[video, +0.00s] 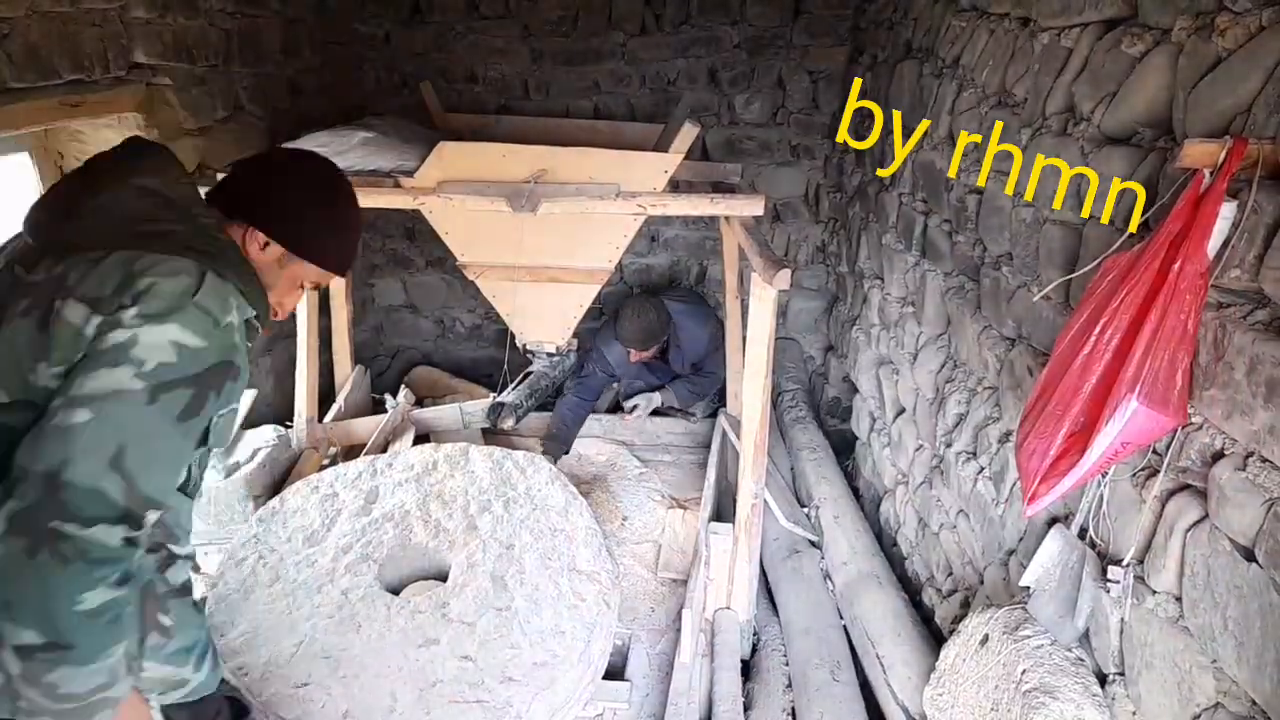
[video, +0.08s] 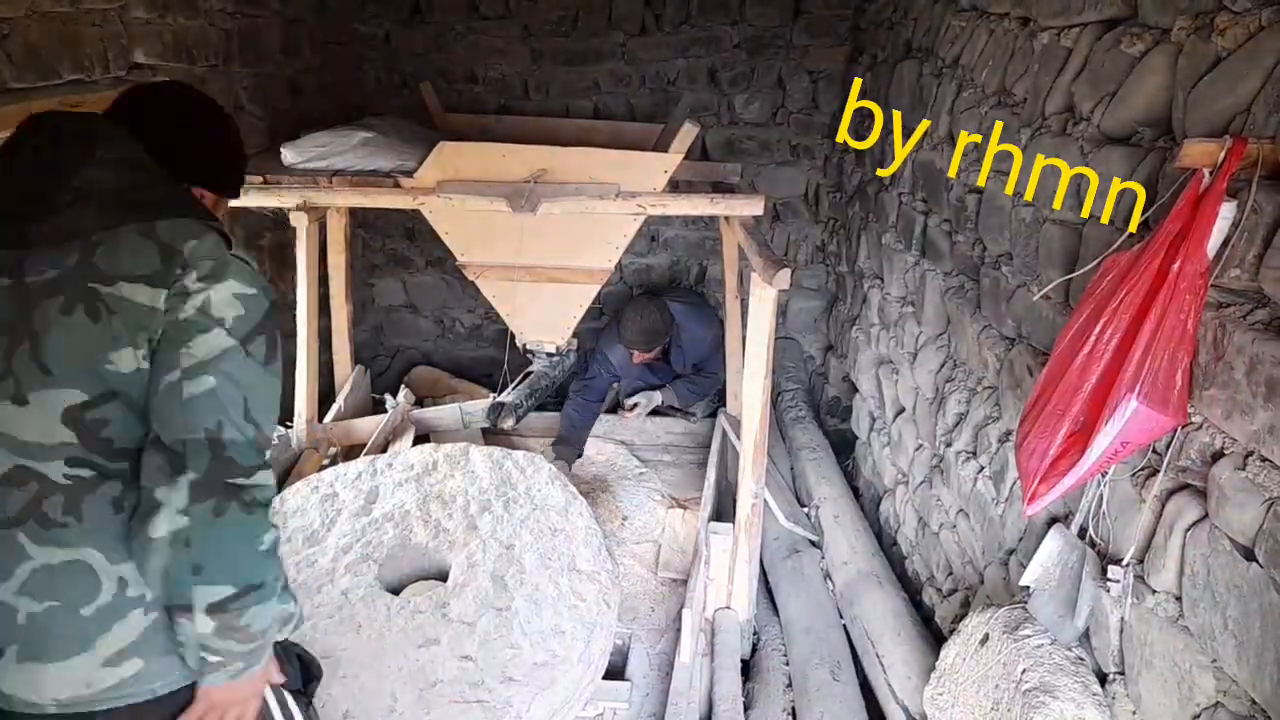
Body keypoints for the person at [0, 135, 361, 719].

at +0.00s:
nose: (289, 309)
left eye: (307, 291)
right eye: (299, 284)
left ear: (254, 237)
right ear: (257, 241)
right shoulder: (193, 303)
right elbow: (67, 521)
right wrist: (96, 698)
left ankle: (199, 697)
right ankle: (203, 701)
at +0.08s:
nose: (224, 224)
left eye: (225, 213)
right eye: (225, 209)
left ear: (109, 153)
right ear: (203, 197)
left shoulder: (25, 227)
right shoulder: (199, 266)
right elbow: (207, 482)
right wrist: (234, 659)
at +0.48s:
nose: (245, 132)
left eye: (232, 101)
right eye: (213, 104)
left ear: (131, 140)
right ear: (132, 137)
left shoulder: (39, 222)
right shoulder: (164, 263)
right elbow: (226, 491)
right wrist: (318, 620)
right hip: (211, 641)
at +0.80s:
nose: (311, 203)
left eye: (320, 179)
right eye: (312, 176)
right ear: (255, 164)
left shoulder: (39, 223)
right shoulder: (233, 264)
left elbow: (25, 410)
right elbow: (216, 481)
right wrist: (286, 529)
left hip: (95, 616)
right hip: (220, 638)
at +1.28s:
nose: (274, 171)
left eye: (279, 153)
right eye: (275, 153)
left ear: (151, 120)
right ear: (246, 154)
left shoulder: (17, 234)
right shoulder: (258, 282)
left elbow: (8, 422)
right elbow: (263, 502)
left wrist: (10, 559)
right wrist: (292, 657)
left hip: (62, 625)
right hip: (192, 653)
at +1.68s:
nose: (391, 207)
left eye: (397, 185)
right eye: (391, 185)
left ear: (257, 147)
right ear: (346, 181)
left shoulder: (79, 281)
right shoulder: (381, 336)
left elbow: (16, 476)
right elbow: (406, 609)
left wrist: (68, 621)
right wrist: (444, 701)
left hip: (147, 684)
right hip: (316, 694)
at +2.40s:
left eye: (439, 325)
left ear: (445, 322)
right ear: (496, 299)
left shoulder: (441, 357)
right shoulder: (556, 313)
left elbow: (480, 481)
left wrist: (467, 606)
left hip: (614, 487)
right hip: (697, 461)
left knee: (501, 660)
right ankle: (653, 623)